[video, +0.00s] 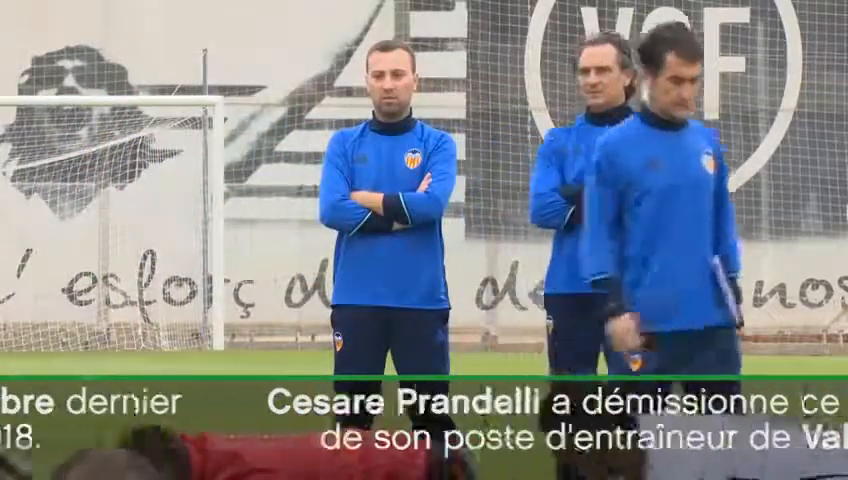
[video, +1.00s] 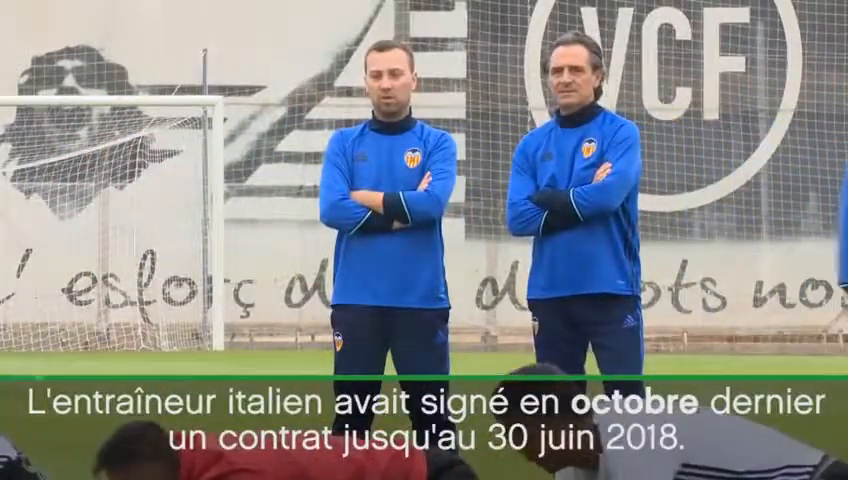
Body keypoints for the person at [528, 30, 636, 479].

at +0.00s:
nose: (592, 80)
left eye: (602, 71)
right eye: (585, 72)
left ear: (629, 79)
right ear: (577, 79)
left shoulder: (647, 134)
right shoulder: (559, 140)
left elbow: (657, 197)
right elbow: (541, 209)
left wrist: (579, 191)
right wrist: (608, 198)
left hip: (635, 285)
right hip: (571, 287)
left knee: (635, 399)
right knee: (570, 399)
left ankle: (635, 476)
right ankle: (571, 474)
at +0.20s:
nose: (582, 81)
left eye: (592, 72)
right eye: (576, 72)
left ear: (617, 78)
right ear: (570, 78)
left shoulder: (638, 136)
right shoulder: (544, 139)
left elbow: (629, 198)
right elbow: (526, 210)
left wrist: (558, 194)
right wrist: (602, 196)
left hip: (616, 292)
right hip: (554, 292)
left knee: (624, 404)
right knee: (557, 405)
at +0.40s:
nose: (571, 80)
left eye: (582, 71)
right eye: (565, 72)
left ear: (607, 78)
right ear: (558, 78)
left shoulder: (626, 134)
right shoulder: (535, 140)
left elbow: (619, 198)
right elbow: (519, 213)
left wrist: (548, 194)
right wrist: (594, 195)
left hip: (609, 288)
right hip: (549, 290)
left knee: (618, 399)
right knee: (553, 401)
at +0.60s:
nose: (566, 79)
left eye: (577, 70)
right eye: (559, 72)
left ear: (599, 78)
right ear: (552, 79)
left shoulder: (620, 131)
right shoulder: (531, 144)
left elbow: (611, 196)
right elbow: (518, 217)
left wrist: (546, 197)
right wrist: (591, 192)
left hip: (610, 291)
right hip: (549, 294)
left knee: (622, 404)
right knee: (554, 407)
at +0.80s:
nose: (564, 79)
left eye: (575, 70)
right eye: (556, 71)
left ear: (597, 78)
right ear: (548, 80)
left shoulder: (618, 131)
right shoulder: (531, 144)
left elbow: (610, 195)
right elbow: (518, 219)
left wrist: (545, 197)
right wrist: (590, 192)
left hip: (611, 290)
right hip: (551, 294)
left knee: (625, 405)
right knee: (558, 407)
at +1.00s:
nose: (564, 79)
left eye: (575, 70)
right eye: (557, 71)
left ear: (597, 77)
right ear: (548, 79)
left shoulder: (619, 131)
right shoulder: (530, 144)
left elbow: (609, 197)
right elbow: (517, 219)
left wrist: (543, 198)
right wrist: (590, 192)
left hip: (611, 291)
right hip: (550, 294)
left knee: (626, 404)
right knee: (557, 407)